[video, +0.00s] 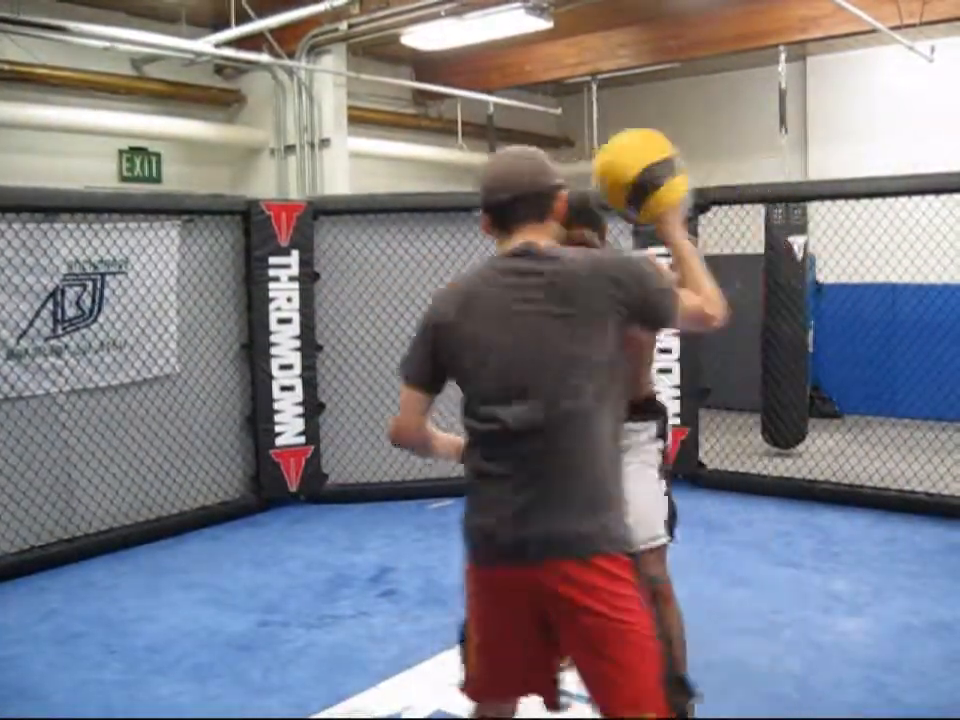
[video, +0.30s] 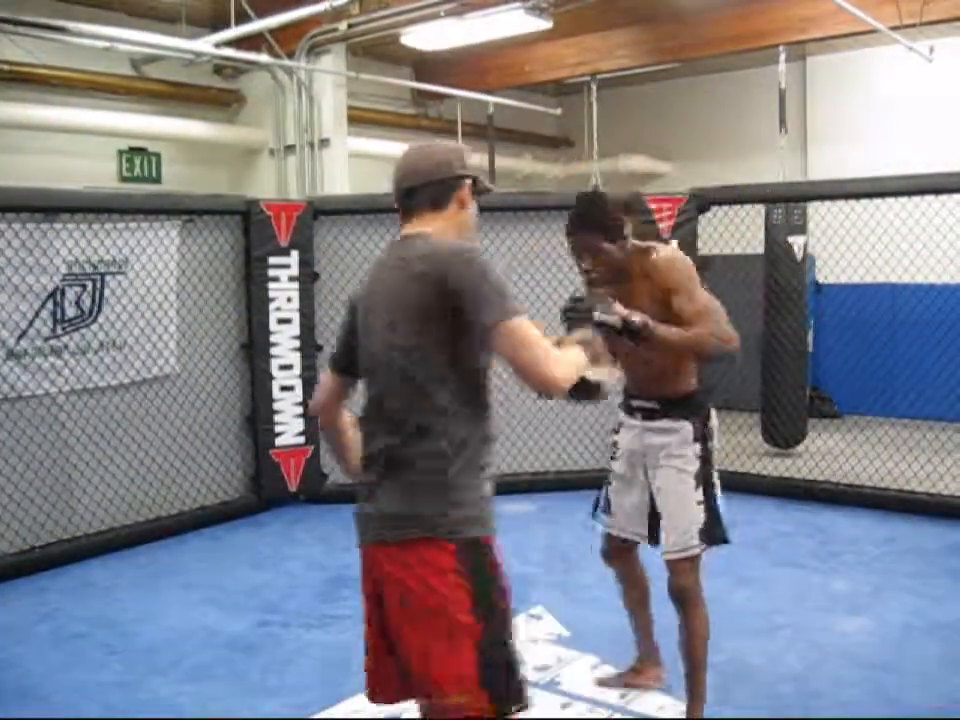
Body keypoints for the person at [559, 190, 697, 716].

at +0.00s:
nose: (565, 257)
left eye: (575, 244)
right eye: (560, 244)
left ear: (595, 243)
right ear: (549, 244)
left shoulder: (631, 286)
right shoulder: (537, 298)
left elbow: (639, 383)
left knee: (650, 571)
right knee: (549, 560)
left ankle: (674, 690)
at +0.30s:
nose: (585, 266)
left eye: (593, 255)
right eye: (578, 256)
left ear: (621, 239)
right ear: (576, 247)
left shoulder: (666, 264)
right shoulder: (602, 281)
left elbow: (723, 338)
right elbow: (616, 352)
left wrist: (646, 329)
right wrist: (577, 358)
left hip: (680, 431)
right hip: (632, 427)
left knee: (683, 583)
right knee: (618, 551)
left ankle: (695, 707)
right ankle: (648, 664)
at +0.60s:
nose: (605, 261)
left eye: (614, 250)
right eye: (600, 250)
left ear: (644, 239)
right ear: (598, 242)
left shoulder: (687, 273)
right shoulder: (611, 273)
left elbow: (720, 359)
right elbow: (593, 360)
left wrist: (644, 325)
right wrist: (587, 322)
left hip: (677, 434)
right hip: (638, 430)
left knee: (658, 587)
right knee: (678, 568)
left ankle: (688, 705)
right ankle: (705, 688)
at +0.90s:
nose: (562, 303)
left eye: (568, 290)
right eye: (556, 292)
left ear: (600, 275)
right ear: (590, 279)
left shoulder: (635, 308)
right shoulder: (611, 311)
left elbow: (644, 403)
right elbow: (629, 385)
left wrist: (580, 370)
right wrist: (579, 365)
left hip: (682, 466)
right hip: (649, 460)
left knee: (623, 615)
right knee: (627, 579)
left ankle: (619, 712)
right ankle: (698, 676)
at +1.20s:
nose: (532, 272)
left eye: (538, 256)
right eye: (523, 263)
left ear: (570, 243)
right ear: (521, 267)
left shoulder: (625, 259)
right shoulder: (548, 321)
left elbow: (694, 303)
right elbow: (570, 419)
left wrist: (599, 308)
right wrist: (517, 405)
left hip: (660, 455)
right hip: (614, 456)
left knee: (611, 634)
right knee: (639, 587)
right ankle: (694, 683)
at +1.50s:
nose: (514, 294)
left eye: (520, 281)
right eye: (509, 282)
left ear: (558, 267)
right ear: (556, 267)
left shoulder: (623, 307)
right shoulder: (569, 309)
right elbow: (582, 399)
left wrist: (561, 354)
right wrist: (541, 365)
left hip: (633, 481)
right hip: (596, 470)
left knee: (568, 641)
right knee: (611, 601)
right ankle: (667, 703)